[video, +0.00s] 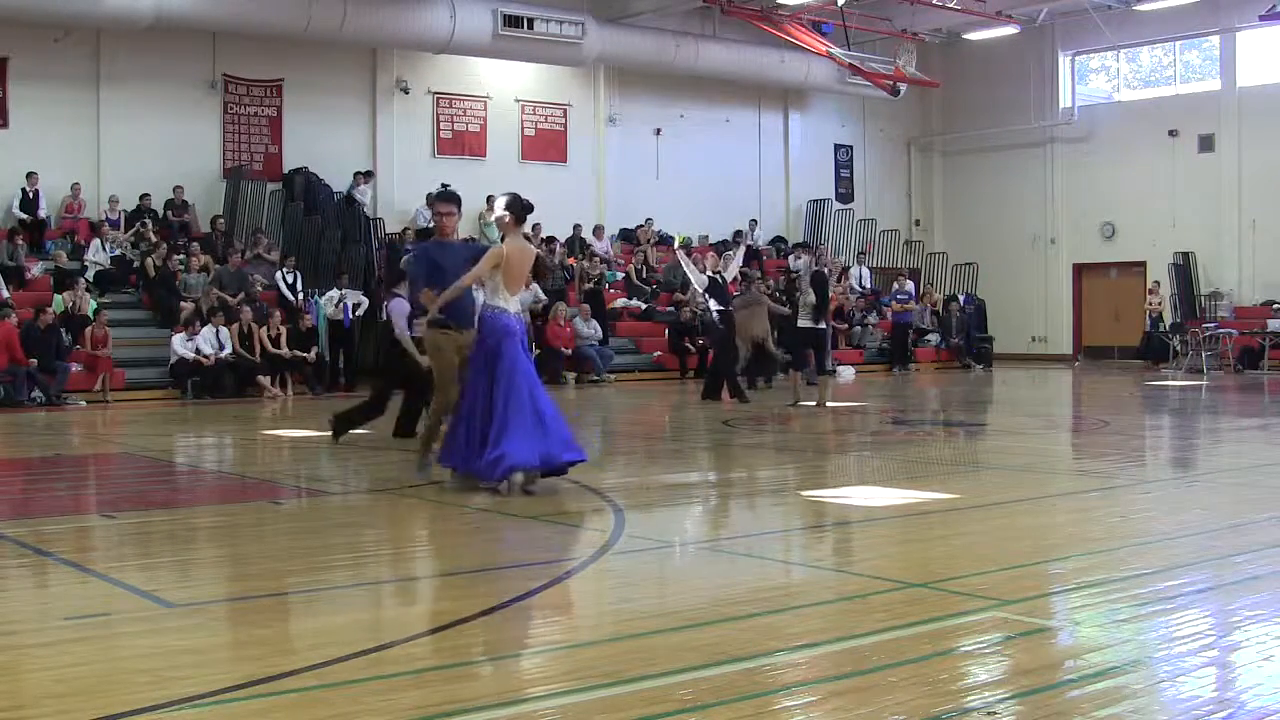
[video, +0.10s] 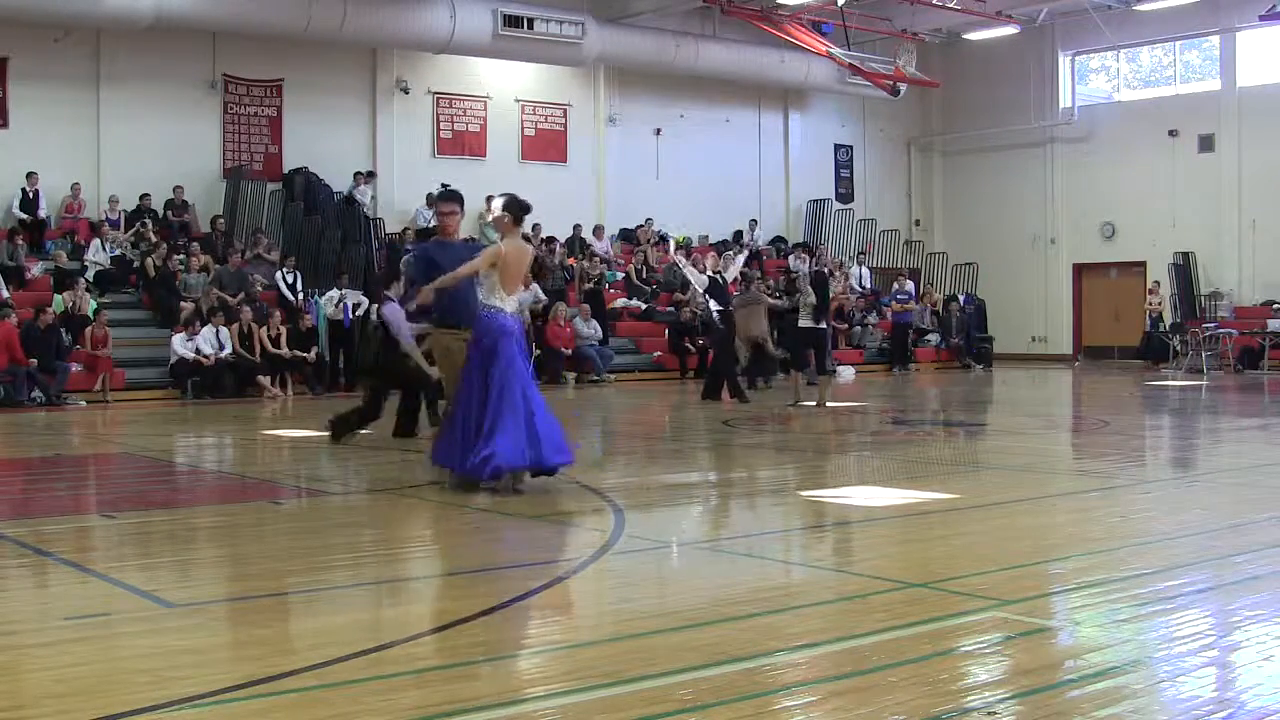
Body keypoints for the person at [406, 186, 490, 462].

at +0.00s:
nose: (443, 221)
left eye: (449, 215)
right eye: (438, 215)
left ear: (459, 217)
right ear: (432, 217)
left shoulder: (471, 249)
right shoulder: (422, 252)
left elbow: (500, 258)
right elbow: (418, 294)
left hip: (469, 332)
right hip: (440, 332)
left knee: (470, 396)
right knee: (447, 395)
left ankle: (464, 455)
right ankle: (426, 448)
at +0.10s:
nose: (446, 220)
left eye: (451, 214)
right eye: (440, 215)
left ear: (461, 215)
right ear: (434, 216)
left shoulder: (476, 249)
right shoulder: (424, 252)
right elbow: (412, 296)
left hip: (480, 332)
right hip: (447, 335)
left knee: (485, 398)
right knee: (459, 401)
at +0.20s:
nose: (449, 220)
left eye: (454, 214)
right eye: (443, 215)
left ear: (464, 214)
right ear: (437, 217)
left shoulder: (477, 247)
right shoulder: (427, 251)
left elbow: (492, 278)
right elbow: (425, 298)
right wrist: (420, 278)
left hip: (481, 330)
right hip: (450, 332)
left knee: (483, 394)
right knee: (460, 395)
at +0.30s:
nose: (449, 219)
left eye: (454, 213)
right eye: (444, 214)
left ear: (464, 214)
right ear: (437, 215)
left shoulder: (480, 247)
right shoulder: (431, 250)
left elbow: (496, 279)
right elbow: (422, 291)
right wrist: (421, 276)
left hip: (482, 330)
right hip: (451, 332)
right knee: (459, 392)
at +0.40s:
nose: (449, 218)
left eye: (455, 212)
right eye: (444, 213)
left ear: (466, 213)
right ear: (438, 216)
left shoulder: (479, 246)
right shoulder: (432, 249)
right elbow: (419, 286)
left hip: (482, 328)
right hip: (452, 329)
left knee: (485, 391)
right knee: (459, 393)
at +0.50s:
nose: (450, 217)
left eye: (455, 211)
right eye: (445, 213)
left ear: (465, 213)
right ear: (439, 216)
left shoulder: (479, 247)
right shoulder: (434, 248)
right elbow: (421, 283)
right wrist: (416, 266)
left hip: (482, 327)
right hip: (452, 328)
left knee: (484, 389)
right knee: (458, 390)